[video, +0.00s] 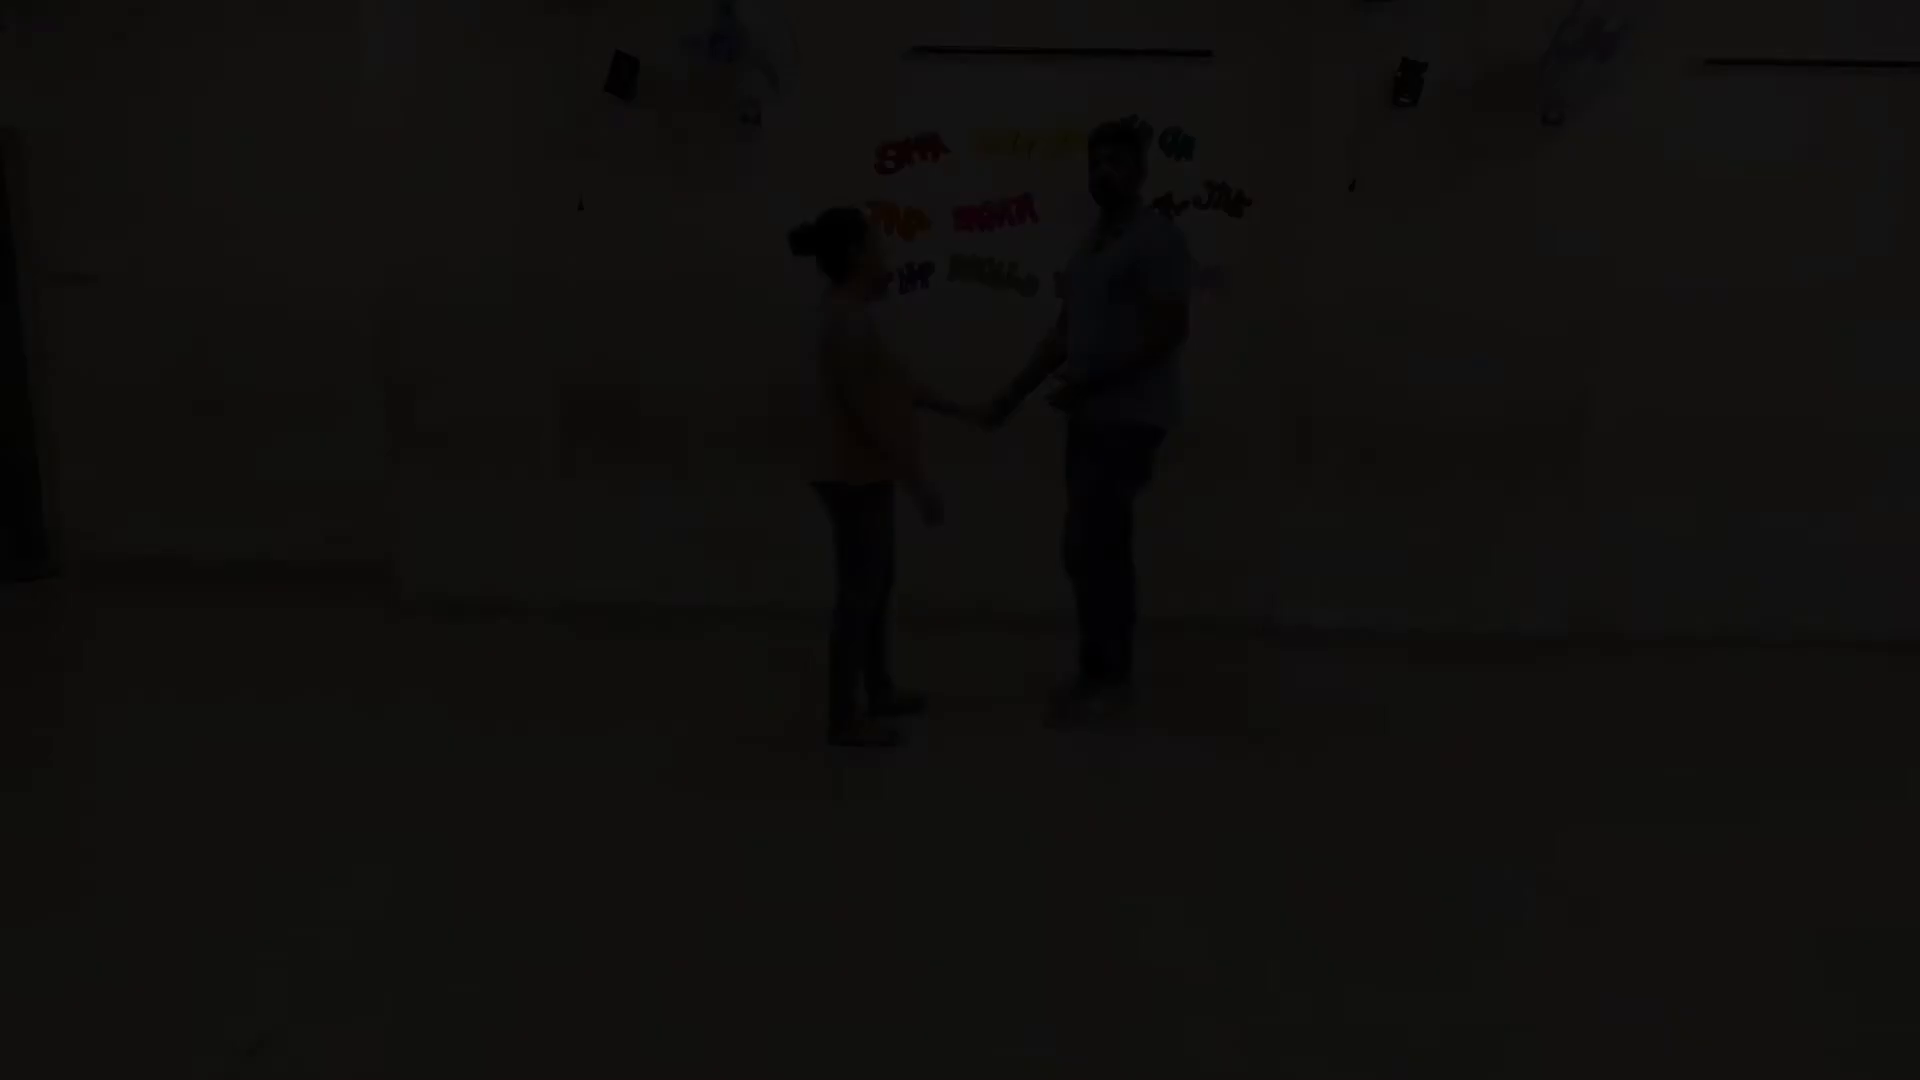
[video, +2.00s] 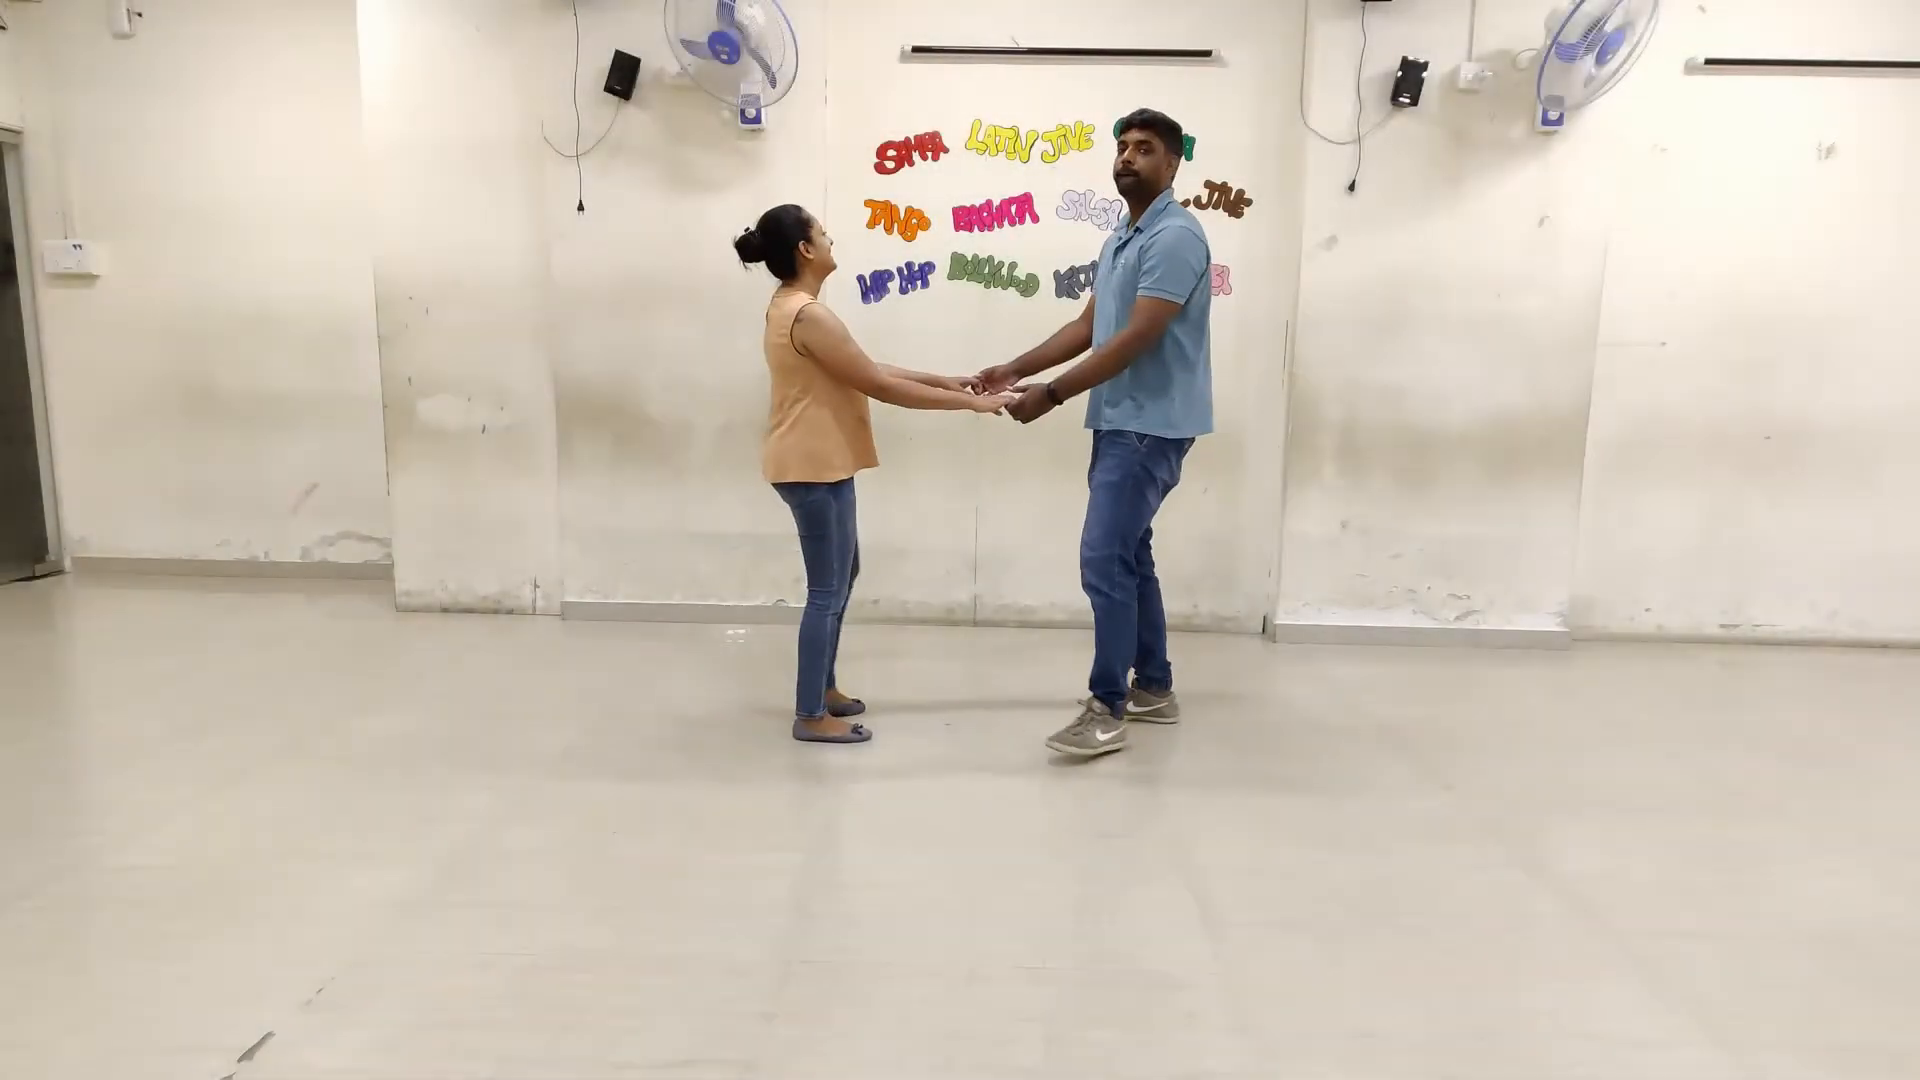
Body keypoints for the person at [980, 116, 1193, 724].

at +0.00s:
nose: (1105, 179)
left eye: (1116, 167)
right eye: (1100, 166)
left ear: (1135, 174)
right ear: (1097, 173)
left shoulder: (1155, 241)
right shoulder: (1094, 240)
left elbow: (1165, 333)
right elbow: (1063, 334)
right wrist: (1009, 398)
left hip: (1133, 415)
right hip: (1093, 412)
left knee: (1101, 544)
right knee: (1094, 544)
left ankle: (1106, 676)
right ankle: (1099, 672)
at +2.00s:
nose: (1129, 156)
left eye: (1145, 148)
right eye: (1123, 147)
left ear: (1174, 165)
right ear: (1115, 162)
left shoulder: (1177, 235)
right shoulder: (1122, 239)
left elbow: (1141, 334)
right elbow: (1087, 326)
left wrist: (1054, 392)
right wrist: (1015, 368)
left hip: (1151, 427)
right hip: (1116, 423)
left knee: (1103, 559)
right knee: (1128, 556)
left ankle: (1106, 709)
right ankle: (1152, 687)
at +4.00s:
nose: (1040, 156)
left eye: (1053, 146)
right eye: (1043, 146)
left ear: (1090, 156)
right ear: (1087, 158)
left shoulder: (1103, 223)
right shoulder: (1098, 219)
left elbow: (1128, 325)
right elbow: (1113, 326)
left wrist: (1036, 353)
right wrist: (1035, 351)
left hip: (1104, 428)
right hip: (1105, 423)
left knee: (1055, 562)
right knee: (1068, 556)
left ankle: (1085, 711)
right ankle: (1107, 683)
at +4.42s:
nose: (1100, 175)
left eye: (1114, 167)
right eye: (1104, 165)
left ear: (1153, 180)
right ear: (1131, 178)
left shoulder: (1170, 251)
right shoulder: (1127, 254)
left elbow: (1161, 352)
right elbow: (1083, 341)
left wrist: (1064, 377)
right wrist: (1002, 363)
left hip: (1158, 450)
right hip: (1135, 446)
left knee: (1075, 569)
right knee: (1116, 573)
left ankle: (1082, 713)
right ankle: (1222, 673)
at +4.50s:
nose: (1135, 192)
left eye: (1151, 184)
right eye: (1140, 180)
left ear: (1191, 200)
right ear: (1156, 190)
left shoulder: (1207, 269)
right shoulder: (1157, 268)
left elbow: (1176, 371)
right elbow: (1108, 349)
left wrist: (1071, 394)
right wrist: (1030, 387)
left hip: (1183, 460)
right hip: (1166, 456)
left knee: (1087, 570)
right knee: (1157, 587)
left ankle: (1079, 712)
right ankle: (1251, 697)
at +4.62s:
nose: (1162, 188)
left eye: (1176, 179)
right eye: (1166, 176)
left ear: (1215, 191)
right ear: (1202, 192)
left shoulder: (1224, 257)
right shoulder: (1205, 254)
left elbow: (1165, 354)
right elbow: (1156, 356)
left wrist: (1064, 349)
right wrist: (1081, 398)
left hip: (1215, 450)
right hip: (1216, 448)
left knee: (1125, 567)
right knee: (1185, 580)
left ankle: (1092, 714)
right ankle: (1257, 707)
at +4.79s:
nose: (1185, 172)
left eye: (1199, 163)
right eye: (1189, 161)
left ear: (1236, 177)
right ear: (1236, 179)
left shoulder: (1233, 237)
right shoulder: (1255, 236)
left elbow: (1163, 333)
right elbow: (1216, 343)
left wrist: (1069, 323)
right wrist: (1147, 389)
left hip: (1242, 435)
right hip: (1278, 435)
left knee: (1161, 559)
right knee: (1222, 568)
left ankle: (1184, 721)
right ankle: (1261, 708)